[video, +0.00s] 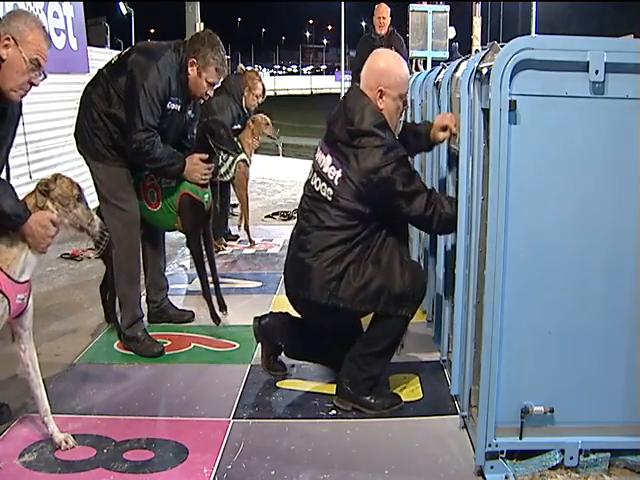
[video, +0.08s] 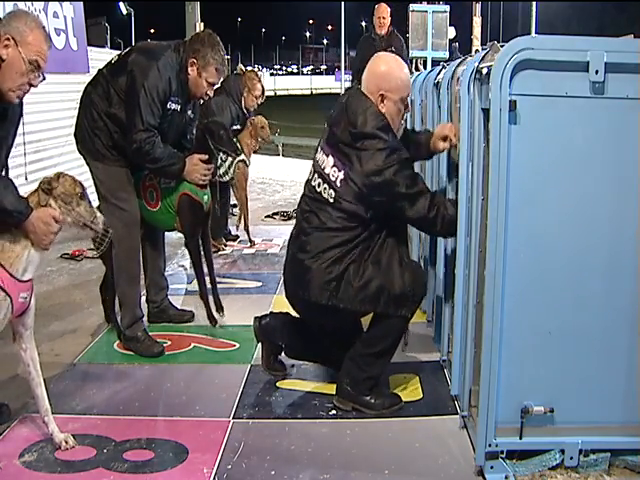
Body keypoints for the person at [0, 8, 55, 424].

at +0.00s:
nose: (38, 80)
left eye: (42, 72)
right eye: (34, 65)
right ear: (6, 47)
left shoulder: (13, 104)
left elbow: (0, 173)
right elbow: (2, 177)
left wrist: (22, 215)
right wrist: (21, 219)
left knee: (7, 312)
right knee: (4, 314)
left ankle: (1, 403)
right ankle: (0, 405)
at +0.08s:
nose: (36, 82)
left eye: (40, 73)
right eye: (33, 67)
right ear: (5, 47)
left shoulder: (13, 106)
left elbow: (0, 172)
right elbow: (1, 175)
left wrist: (25, 211)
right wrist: (22, 217)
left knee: (5, 310)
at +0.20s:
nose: (35, 78)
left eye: (40, 70)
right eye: (32, 63)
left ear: (10, 47)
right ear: (5, 42)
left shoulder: (13, 102)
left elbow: (2, 166)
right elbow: (3, 167)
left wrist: (32, 204)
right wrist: (32, 206)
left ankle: (2, 409)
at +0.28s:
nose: (34, 80)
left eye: (39, 72)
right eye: (32, 65)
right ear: (6, 45)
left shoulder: (12, 99)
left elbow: (2, 163)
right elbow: (2, 166)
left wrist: (39, 204)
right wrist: (39, 207)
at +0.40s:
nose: (35, 93)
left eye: (39, 83)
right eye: (34, 78)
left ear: (7, 57)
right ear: (7, 57)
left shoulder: (10, 109)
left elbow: (4, 168)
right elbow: (3, 173)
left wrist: (44, 203)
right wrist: (47, 208)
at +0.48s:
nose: (36, 99)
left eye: (40, 91)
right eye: (35, 85)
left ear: (8, 63)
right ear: (8, 63)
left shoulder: (10, 115)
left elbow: (4, 171)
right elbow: (3, 175)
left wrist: (45, 205)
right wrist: (47, 210)